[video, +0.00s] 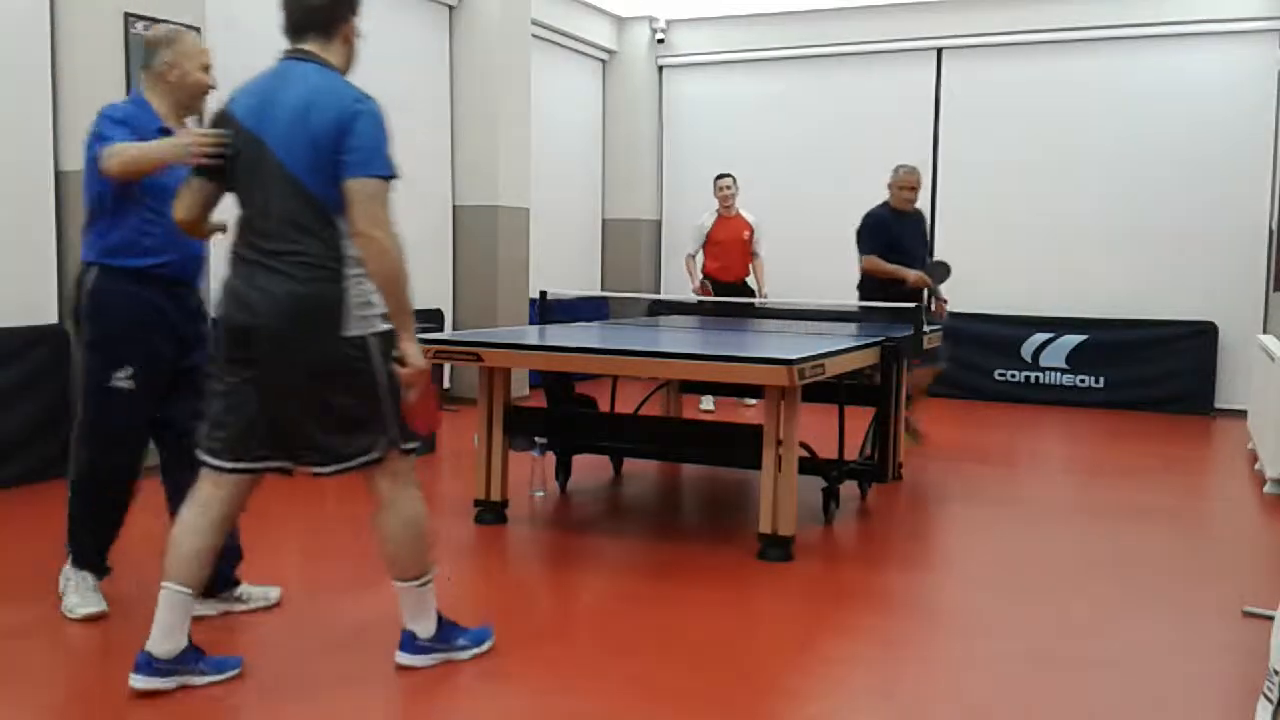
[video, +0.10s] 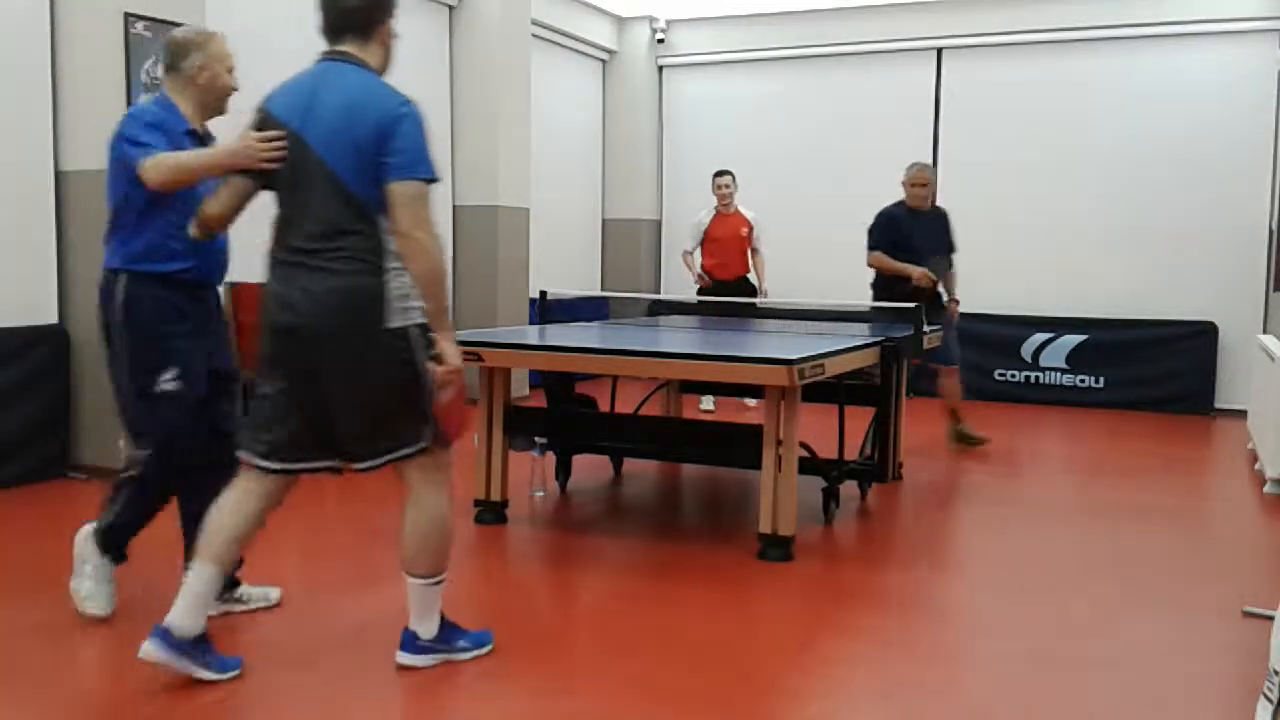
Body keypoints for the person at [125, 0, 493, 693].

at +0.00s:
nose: (359, 39)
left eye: (354, 28)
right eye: (357, 28)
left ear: (289, 30)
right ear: (347, 29)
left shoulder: (241, 102)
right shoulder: (352, 108)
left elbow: (189, 213)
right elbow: (370, 232)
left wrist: (236, 223)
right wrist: (407, 333)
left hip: (245, 328)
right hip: (331, 329)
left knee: (218, 482)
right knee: (393, 474)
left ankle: (164, 649)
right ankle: (423, 629)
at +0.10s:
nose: (395, 40)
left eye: (389, 29)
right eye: (393, 29)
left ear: (329, 29)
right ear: (384, 30)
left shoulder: (281, 102)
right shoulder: (391, 110)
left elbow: (223, 204)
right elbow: (412, 231)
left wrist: (207, 220)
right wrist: (443, 336)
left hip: (288, 325)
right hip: (369, 327)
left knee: (260, 476)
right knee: (428, 464)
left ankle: (180, 629)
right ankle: (426, 629)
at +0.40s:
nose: (478, 37)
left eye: (472, 27)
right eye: (476, 27)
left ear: (413, 30)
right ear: (468, 29)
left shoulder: (367, 102)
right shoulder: (480, 104)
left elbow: (339, 222)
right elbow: (518, 219)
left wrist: (360, 302)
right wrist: (554, 310)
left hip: (377, 304)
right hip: (448, 309)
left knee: (416, 442)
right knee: (455, 464)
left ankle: (384, 585)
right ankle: (427, 630)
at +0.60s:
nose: (520, 49)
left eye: (516, 38)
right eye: (519, 39)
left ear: (455, 42)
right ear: (509, 42)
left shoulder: (417, 111)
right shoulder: (518, 109)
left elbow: (394, 230)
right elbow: (559, 223)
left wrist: (412, 313)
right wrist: (591, 293)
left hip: (433, 307)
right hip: (493, 309)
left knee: (494, 455)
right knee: (478, 467)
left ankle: (521, 592)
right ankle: (427, 630)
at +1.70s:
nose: (566, 120)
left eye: (568, 109)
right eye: (563, 107)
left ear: (517, 98)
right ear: (529, 98)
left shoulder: (449, 137)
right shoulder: (516, 160)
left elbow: (402, 221)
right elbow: (520, 263)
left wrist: (445, 264)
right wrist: (570, 244)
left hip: (404, 304)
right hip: (462, 310)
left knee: (409, 426)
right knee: (535, 432)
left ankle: (370, 558)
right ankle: (536, 593)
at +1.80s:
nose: (561, 109)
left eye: (563, 97)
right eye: (558, 95)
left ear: (515, 86)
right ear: (523, 85)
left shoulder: (442, 120)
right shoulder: (511, 143)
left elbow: (391, 203)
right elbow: (515, 247)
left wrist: (425, 252)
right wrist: (566, 217)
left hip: (392, 288)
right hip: (450, 294)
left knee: (397, 413)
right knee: (513, 426)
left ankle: (366, 543)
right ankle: (488, 585)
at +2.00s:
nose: (544, 128)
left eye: (546, 116)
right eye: (542, 115)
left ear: (496, 105)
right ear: (516, 107)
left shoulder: (443, 142)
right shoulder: (486, 166)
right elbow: (516, 272)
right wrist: (555, 233)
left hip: (379, 305)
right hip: (424, 313)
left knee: (353, 444)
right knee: (496, 444)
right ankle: (476, 601)